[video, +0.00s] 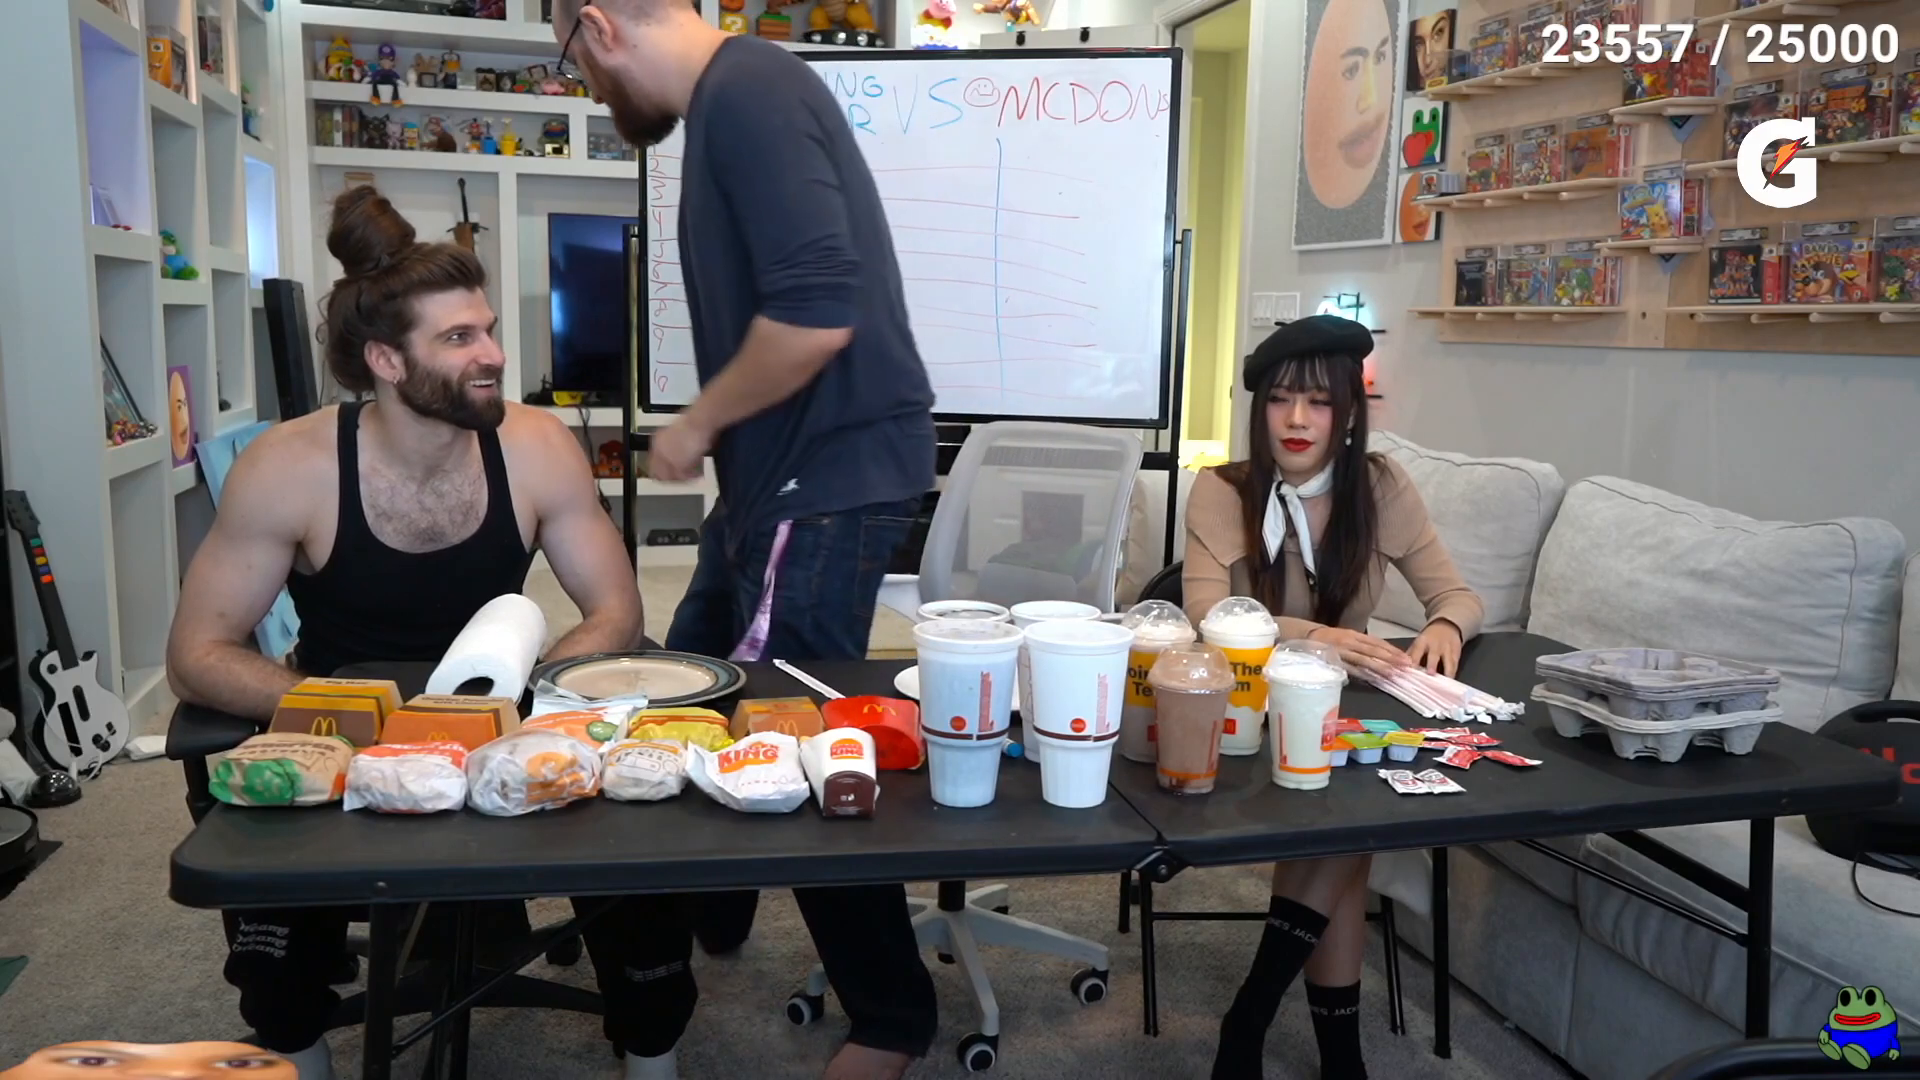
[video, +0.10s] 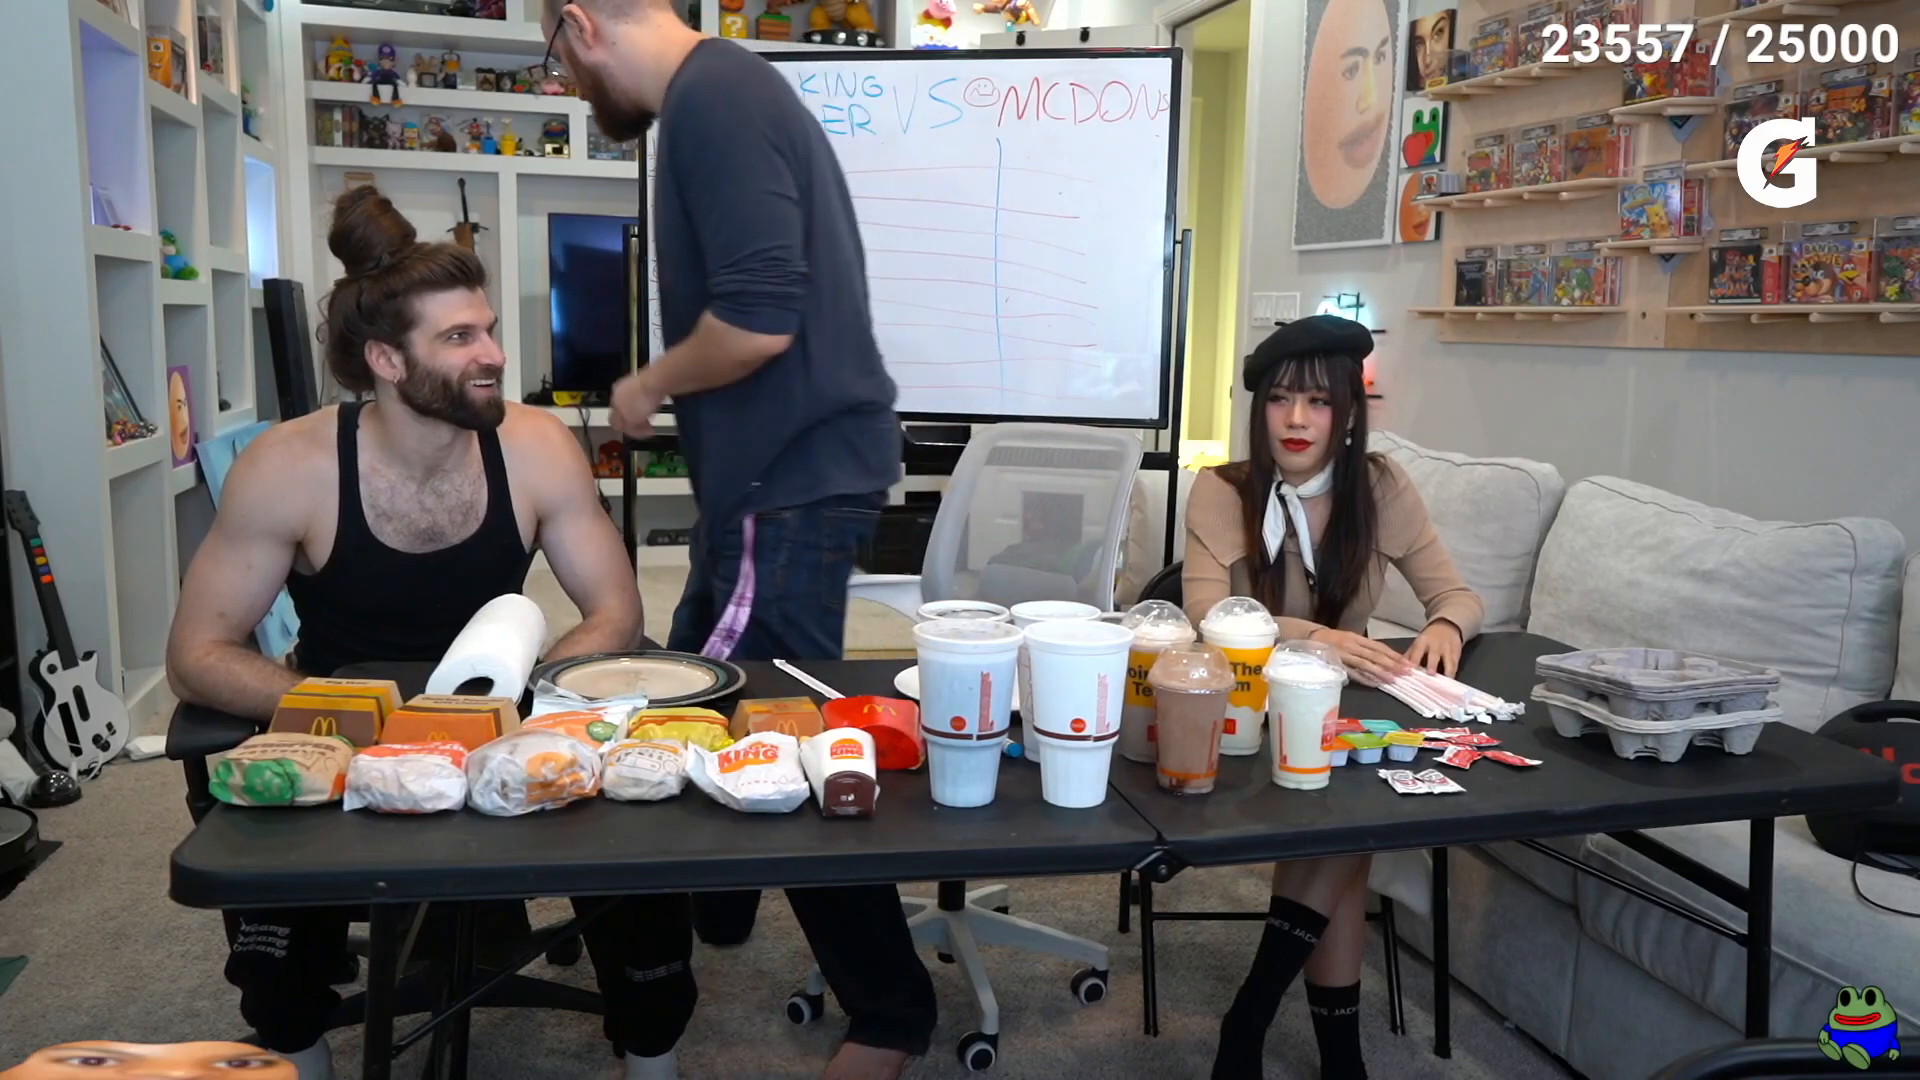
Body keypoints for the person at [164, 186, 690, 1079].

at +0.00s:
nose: (491, 354)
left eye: (490, 332)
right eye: (458, 338)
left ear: (497, 329)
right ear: (385, 364)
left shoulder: (538, 449)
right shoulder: (289, 466)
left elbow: (618, 616)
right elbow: (197, 653)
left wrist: (527, 684)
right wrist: (343, 708)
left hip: (508, 746)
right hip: (338, 756)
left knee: (639, 849)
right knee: (272, 886)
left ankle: (654, 1058)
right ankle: (299, 1060)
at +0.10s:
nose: (491, 354)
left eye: (491, 332)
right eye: (458, 338)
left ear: (498, 330)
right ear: (385, 362)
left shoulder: (538, 449)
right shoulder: (289, 466)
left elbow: (617, 616)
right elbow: (197, 653)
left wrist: (524, 684)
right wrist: (343, 708)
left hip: (510, 746)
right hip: (339, 756)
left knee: (639, 848)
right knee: (271, 882)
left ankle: (652, 1058)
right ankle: (299, 1060)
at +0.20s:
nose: (491, 354)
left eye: (491, 332)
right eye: (459, 338)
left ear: (498, 331)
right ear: (385, 363)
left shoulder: (537, 448)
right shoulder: (289, 466)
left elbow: (618, 616)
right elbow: (197, 654)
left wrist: (523, 685)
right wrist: (343, 709)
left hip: (509, 747)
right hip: (339, 757)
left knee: (640, 851)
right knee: (272, 884)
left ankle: (652, 1059)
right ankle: (300, 1061)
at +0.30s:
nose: (492, 354)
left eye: (491, 331)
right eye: (459, 338)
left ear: (498, 330)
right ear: (386, 363)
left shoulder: (537, 448)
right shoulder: (290, 466)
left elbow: (620, 613)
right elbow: (197, 654)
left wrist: (530, 678)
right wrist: (343, 708)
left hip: (508, 745)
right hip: (338, 755)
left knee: (638, 844)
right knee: (271, 877)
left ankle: (652, 1059)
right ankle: (299, 1060)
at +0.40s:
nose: (493, 353)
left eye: (493, 331)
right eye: (461, 337)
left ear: (501, 330)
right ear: (387, 362)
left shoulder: (537, 448)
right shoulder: (290, 466)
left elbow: (619, 613)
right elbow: (197, 654)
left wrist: (526, 685)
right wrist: (345, 709)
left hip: (507, 746)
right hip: (338, 756)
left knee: (638, 850)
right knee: (273, 882)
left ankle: (652, 1060)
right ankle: (299, 1061)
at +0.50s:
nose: (493, 352)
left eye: (493, 330)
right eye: (462, 337)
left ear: (499, 329)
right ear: (389, 361)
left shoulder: (538, 447)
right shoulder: (290, 466)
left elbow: (619, 615)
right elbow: (197, 655)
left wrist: (520, 690)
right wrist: (345, 708)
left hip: (513, 749)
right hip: (340, 758)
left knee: (640, 854)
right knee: (271, 888)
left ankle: (651, 1059)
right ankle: (300, 1063)